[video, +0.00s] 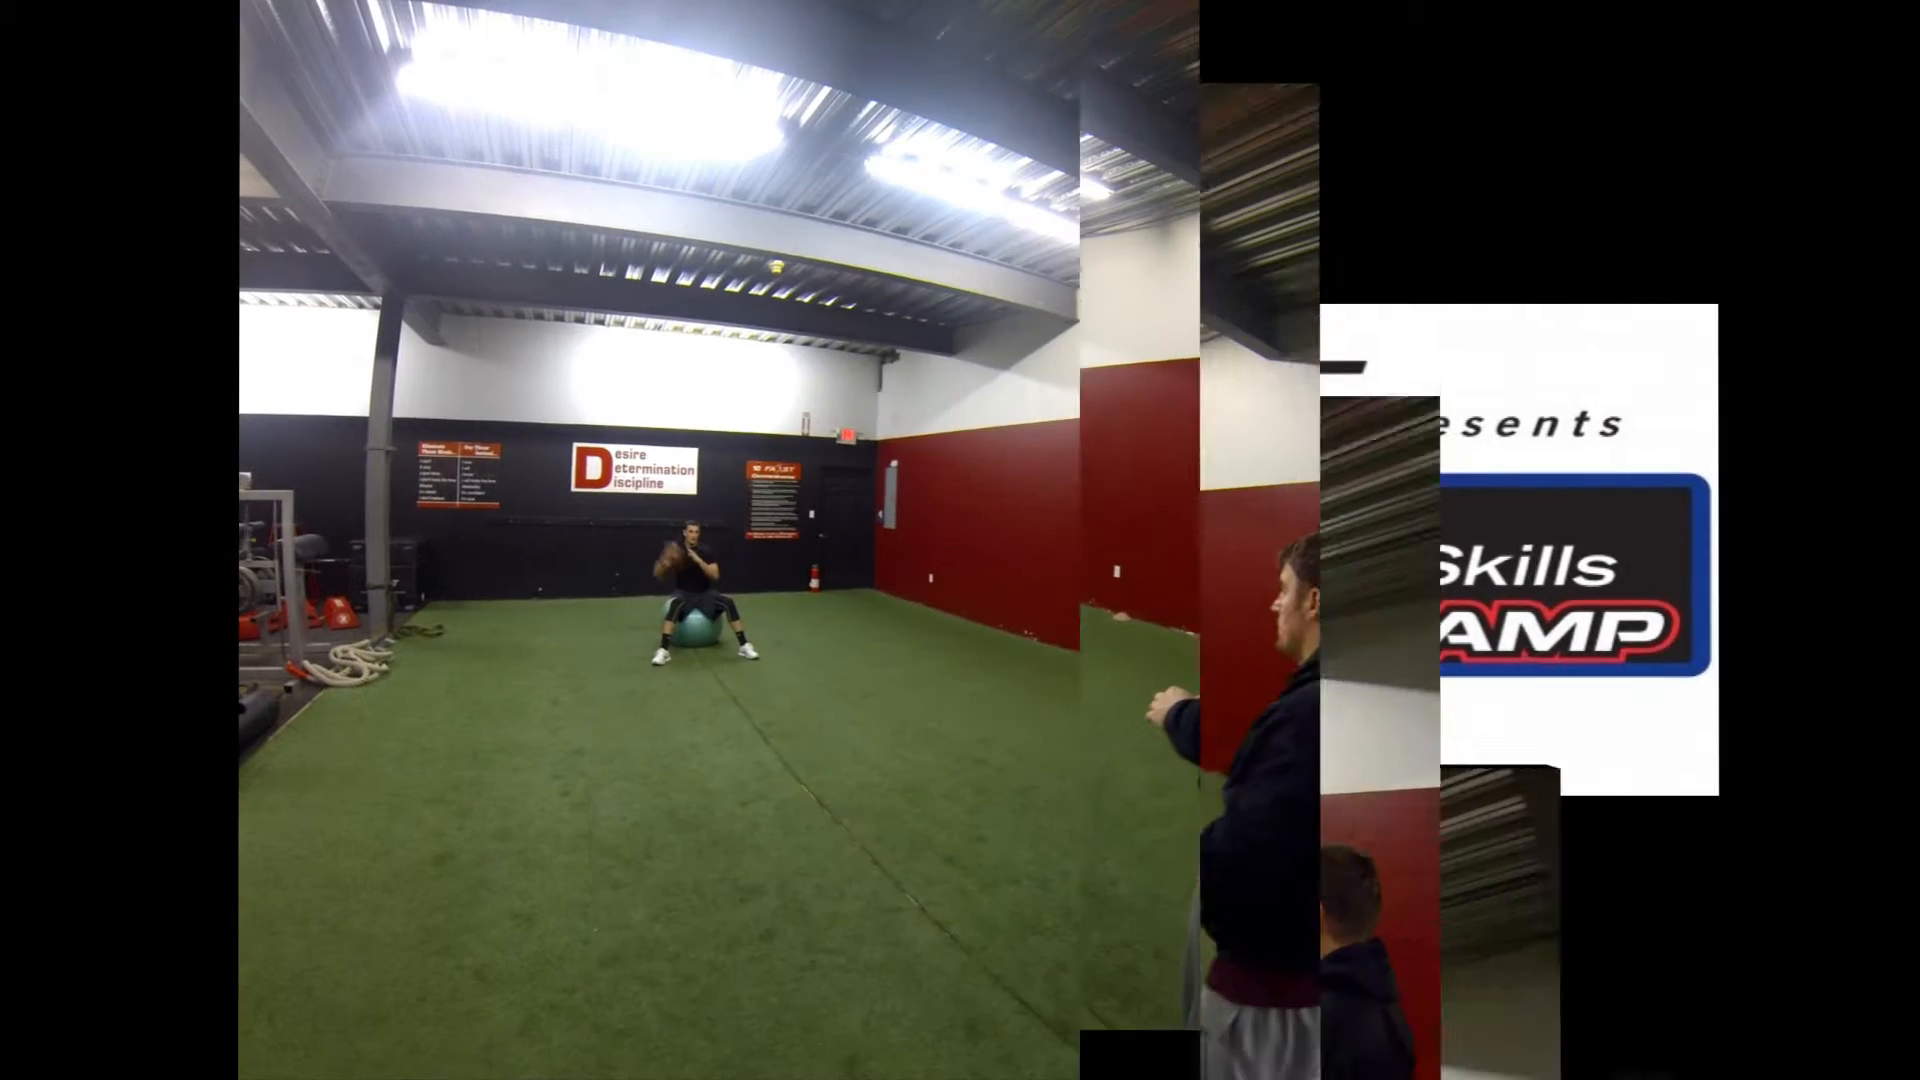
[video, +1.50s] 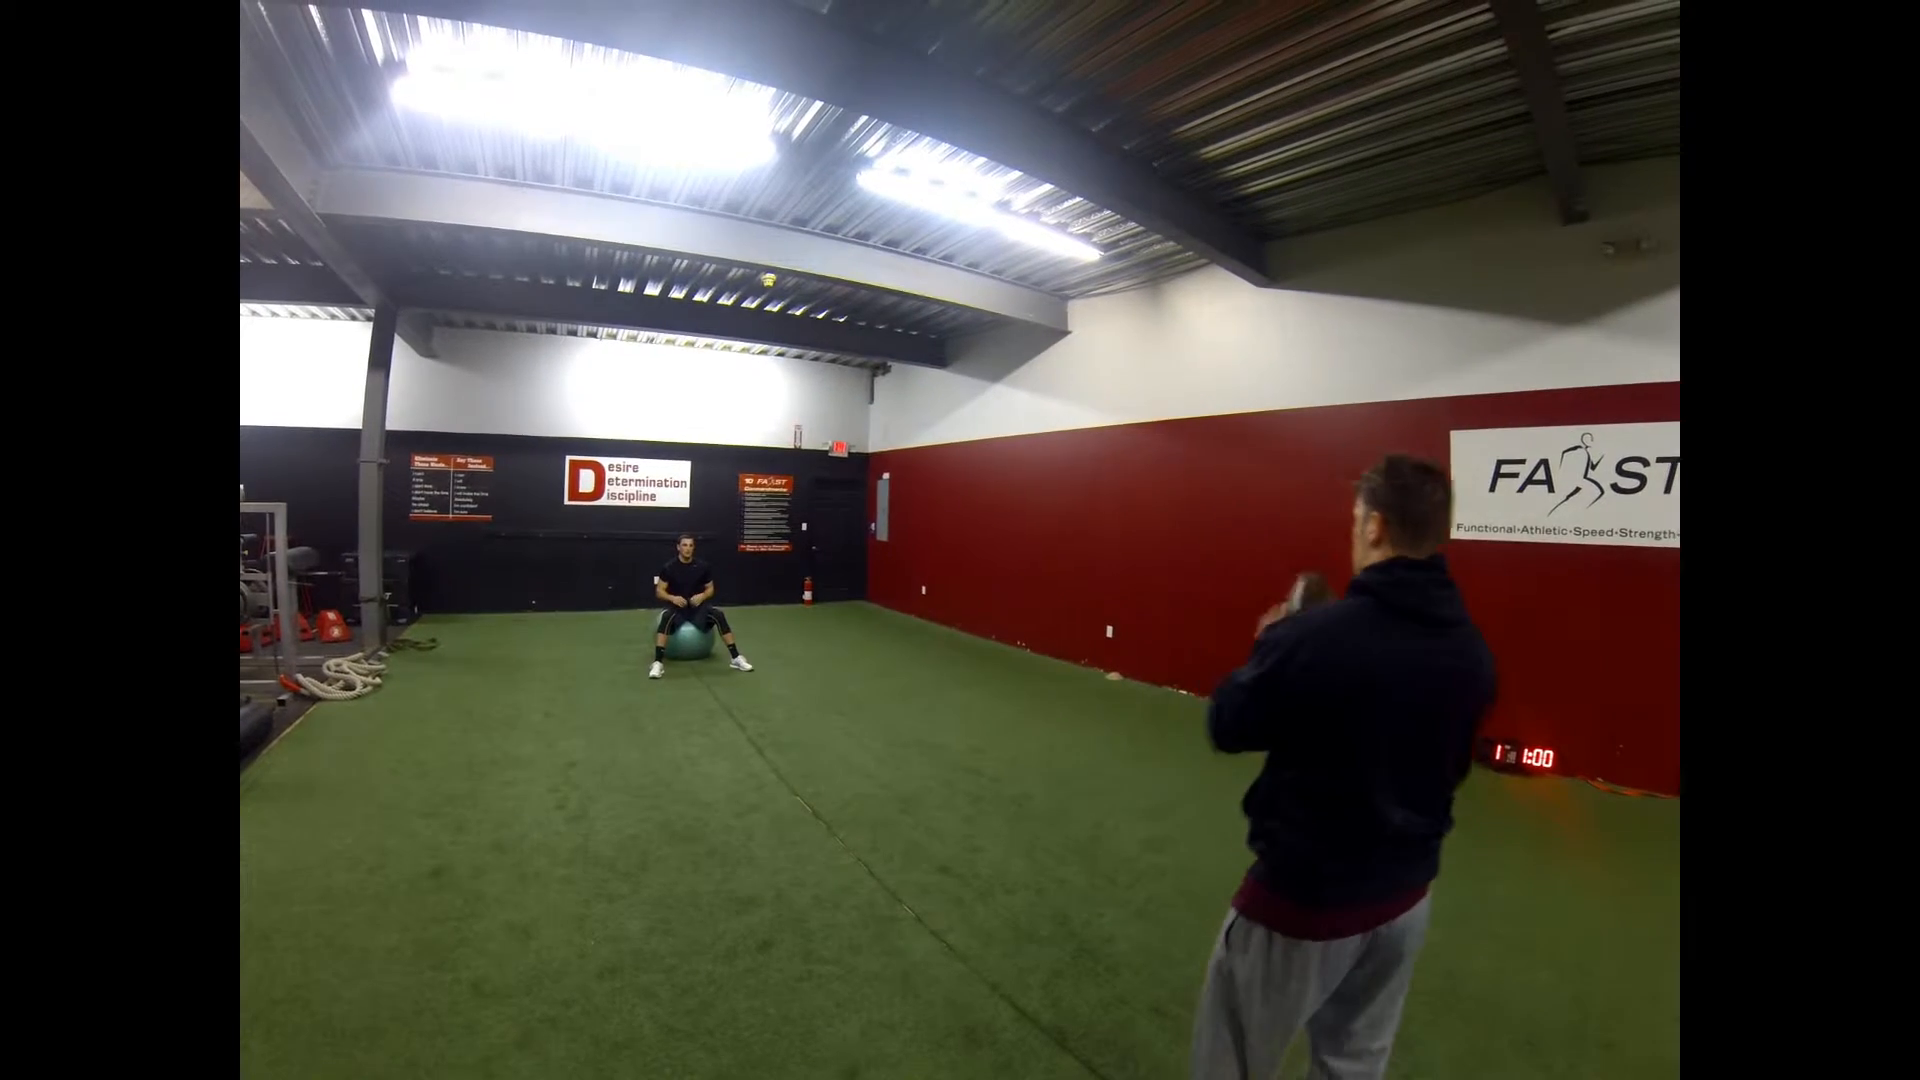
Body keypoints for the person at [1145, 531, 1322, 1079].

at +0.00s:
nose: (1275, 606)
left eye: (1283, 590)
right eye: (1278, 590)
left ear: (1315, 601)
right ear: (1314, 602)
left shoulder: (1309, 706)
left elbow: (1236, 852)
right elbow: (1255, 751)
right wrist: (1182, 716)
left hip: (1267, 978)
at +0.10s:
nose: (1269, 515)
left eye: (1277, 499)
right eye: (1272, 498)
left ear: (1312, 506)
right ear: (1338, 505)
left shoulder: (1314, 613)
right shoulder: (1372, 587)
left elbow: (1227, 777)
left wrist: (1171, 766)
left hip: (1271, 867)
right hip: (1330, 838)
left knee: (1226, 1046)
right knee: (1291, 1021)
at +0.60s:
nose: (1256, 516)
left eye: (1267, 501)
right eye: (1262, 500)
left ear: (1300, 519)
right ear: (1346, 523)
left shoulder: (1284, 645)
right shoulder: (1364, 619)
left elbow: (1168, 784)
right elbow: (1301, 723)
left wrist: (1137, 717)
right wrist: (1205, 698)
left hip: (1255, 919)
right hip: (1330, 890)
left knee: (1218, 1065)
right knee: (1284, 1050)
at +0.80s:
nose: (1258, 517)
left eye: (1270, 503)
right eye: (1265, 502)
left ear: (1302, 520)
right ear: (1340, 527)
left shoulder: (1274, 644)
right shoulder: (1370, 620)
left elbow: (1121, 708)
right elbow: (1285, 658)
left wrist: (1106, 622)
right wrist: (1187, 618)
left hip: (1262, 919)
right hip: (1344, 893)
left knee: (1222, 1067)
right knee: (1287, 1062)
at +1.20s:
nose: (1292, 528)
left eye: (1297, 513)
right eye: (1294, 514)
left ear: (1319, 522)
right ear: (1385, 525)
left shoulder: (1275, 648)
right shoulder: (1411, 635)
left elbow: (1169, 738)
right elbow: (1339, 706)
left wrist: (1174, 646)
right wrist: (1271, 626)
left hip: (1276, 915)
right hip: (1374, 896)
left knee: (1231, 1066)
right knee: (1333, 1063)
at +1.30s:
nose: (1310, 530)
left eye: (1313, 516)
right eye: (1311, 516)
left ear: (1333, 523)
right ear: (1399, 526)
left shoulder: (1289, 646)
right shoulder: (1429, 638)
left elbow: (1190, 739)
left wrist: (1197, 653)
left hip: (1283, 914)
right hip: (1383, 900)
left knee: (1228, 1065)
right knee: (1344, 1064)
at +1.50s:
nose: (1352, 531)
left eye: (1355, 518)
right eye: (1355, 519)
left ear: (1371, 526)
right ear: (1442, 534)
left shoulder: (1320, 637)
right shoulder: (1468, 649)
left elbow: (1229, 728)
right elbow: (1447, 765)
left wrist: (1268, 647)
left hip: (1300, 909)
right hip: (1402, 904)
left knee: (1227, 1065)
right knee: (1355, 1066)